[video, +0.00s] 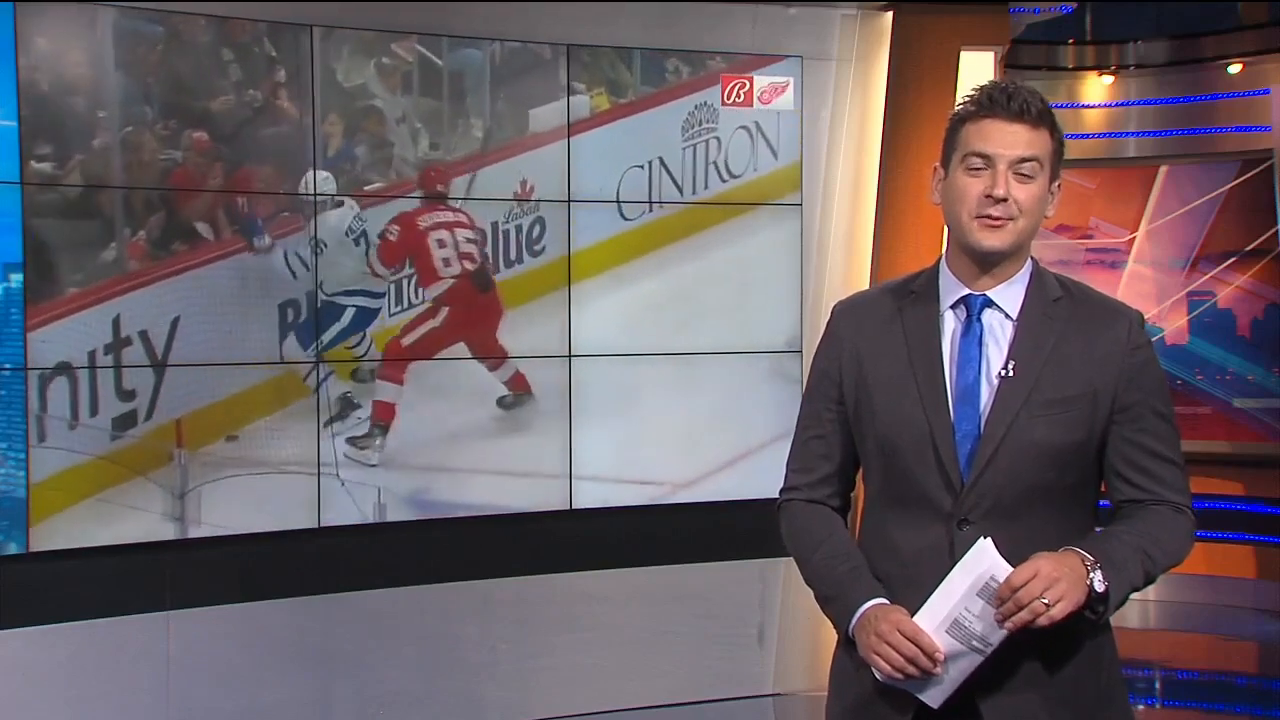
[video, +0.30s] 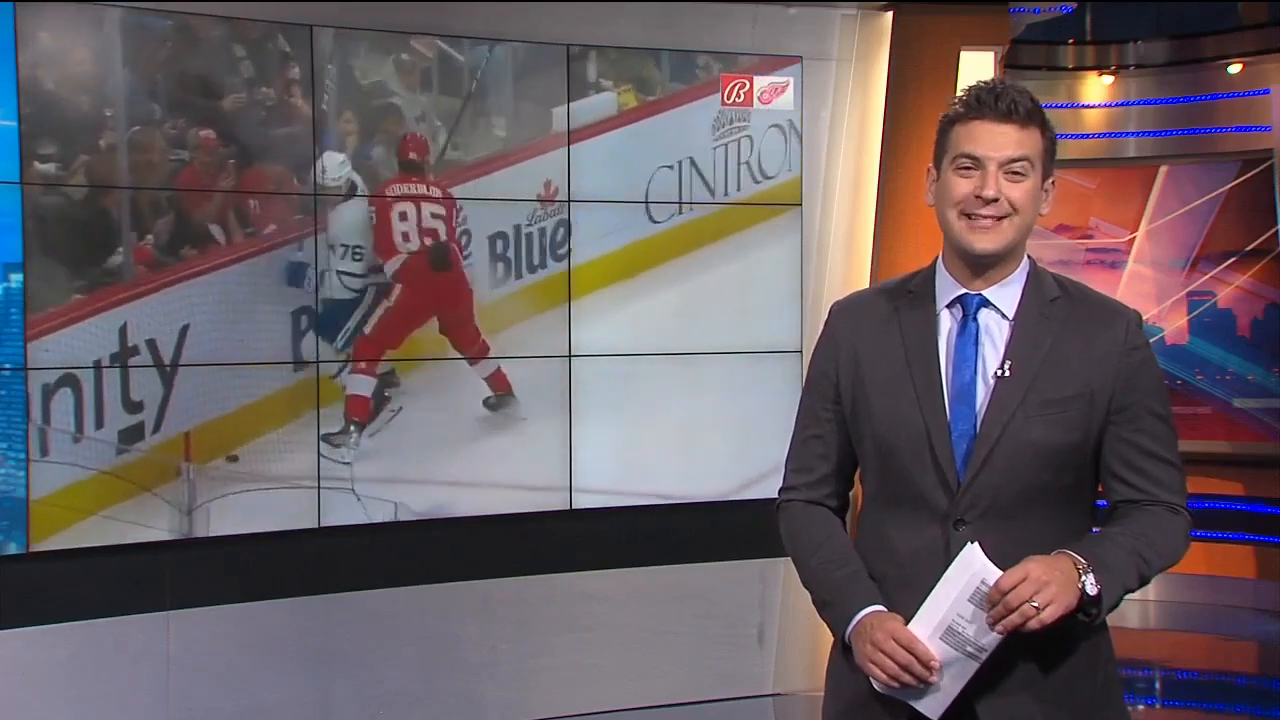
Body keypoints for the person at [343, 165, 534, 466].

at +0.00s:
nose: (426, 193)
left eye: (423, 188)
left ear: (420, 190)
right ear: (448, 190)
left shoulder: (407, 221)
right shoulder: (468, 218)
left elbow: (383, 266)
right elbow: (478, 254)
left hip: (450, 308)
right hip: (488, 303)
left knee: (395, 353)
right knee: (484, 346)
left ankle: (376, 434)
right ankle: (522, 391)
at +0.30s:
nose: (415, 166)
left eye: (407, 159)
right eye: (422, 160)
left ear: (398, 161)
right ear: (428, 161)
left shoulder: (384, 193)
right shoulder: (445, 195)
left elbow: (384, 251)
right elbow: (451, 244)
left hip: (414, 287)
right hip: (455, 283)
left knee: (368, 346)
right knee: (465, 336)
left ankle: (353, 427)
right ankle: (503, 392)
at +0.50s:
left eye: (403, 129)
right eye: (421, 129)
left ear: (396, 134)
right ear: (428, 135)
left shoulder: (387, 164)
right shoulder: (442, 172)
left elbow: (375, 179)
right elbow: (446, 222)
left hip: (395, 264)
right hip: (436, 262)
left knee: (368, 331)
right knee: (463, 328)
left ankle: (350, 419)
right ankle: (495, 395)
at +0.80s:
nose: (463, 118)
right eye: (462, 112)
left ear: (428, 106)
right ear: (457, 112)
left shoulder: (400, 134)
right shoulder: (465, 143)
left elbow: (389, 176)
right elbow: (465, 190)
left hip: (410, 238)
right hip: (454, 239)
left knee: (390, 318)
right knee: (475, 313)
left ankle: (369, 404)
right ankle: (496, 392)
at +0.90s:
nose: (469, 111)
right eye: (468, 105)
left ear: (434, 98)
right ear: (464, 105)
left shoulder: (407, 127)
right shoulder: (475, 137)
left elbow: (401, 182)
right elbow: (475, 188)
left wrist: (434, 185)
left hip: (420, 233)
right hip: (466, 233)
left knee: (405, 314)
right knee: (486, 310)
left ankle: (380, 407)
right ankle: (511, 394)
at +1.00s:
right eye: (473, 91)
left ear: (444, 92)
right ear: (474, 95)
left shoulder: (423, 122)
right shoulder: (488, 126)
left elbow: (417, 177)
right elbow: (498, 179)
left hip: (445, 229)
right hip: (490, 227)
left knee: (427, 312)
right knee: (507, 305)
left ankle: (408, 405)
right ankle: (536, 392)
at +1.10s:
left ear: (459, 91)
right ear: (491, 93)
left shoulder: (444, 120)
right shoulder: (510, 124)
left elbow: (437, 173)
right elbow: (518, 174)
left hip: (474, 223)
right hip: (519, 220)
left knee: (444, 312)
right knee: (532, 300)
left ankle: (432, 409)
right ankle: (561, 389)